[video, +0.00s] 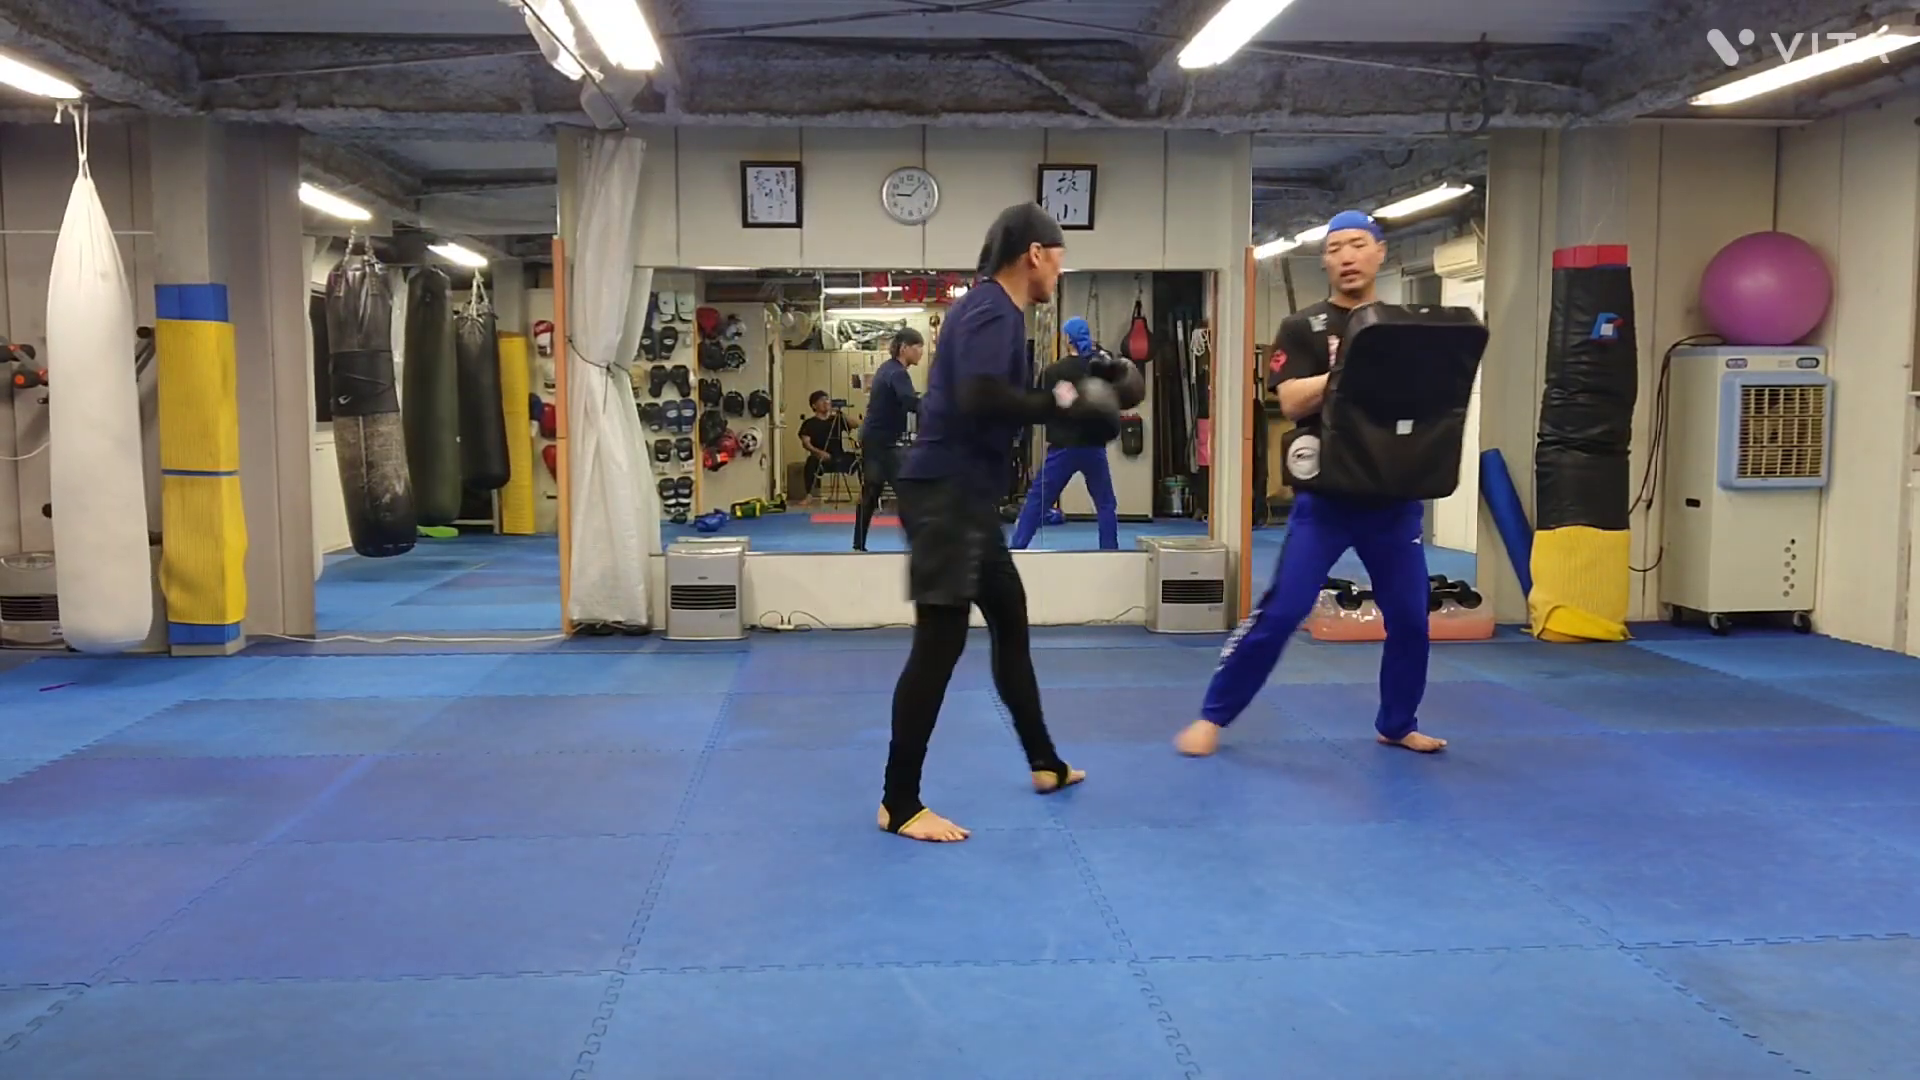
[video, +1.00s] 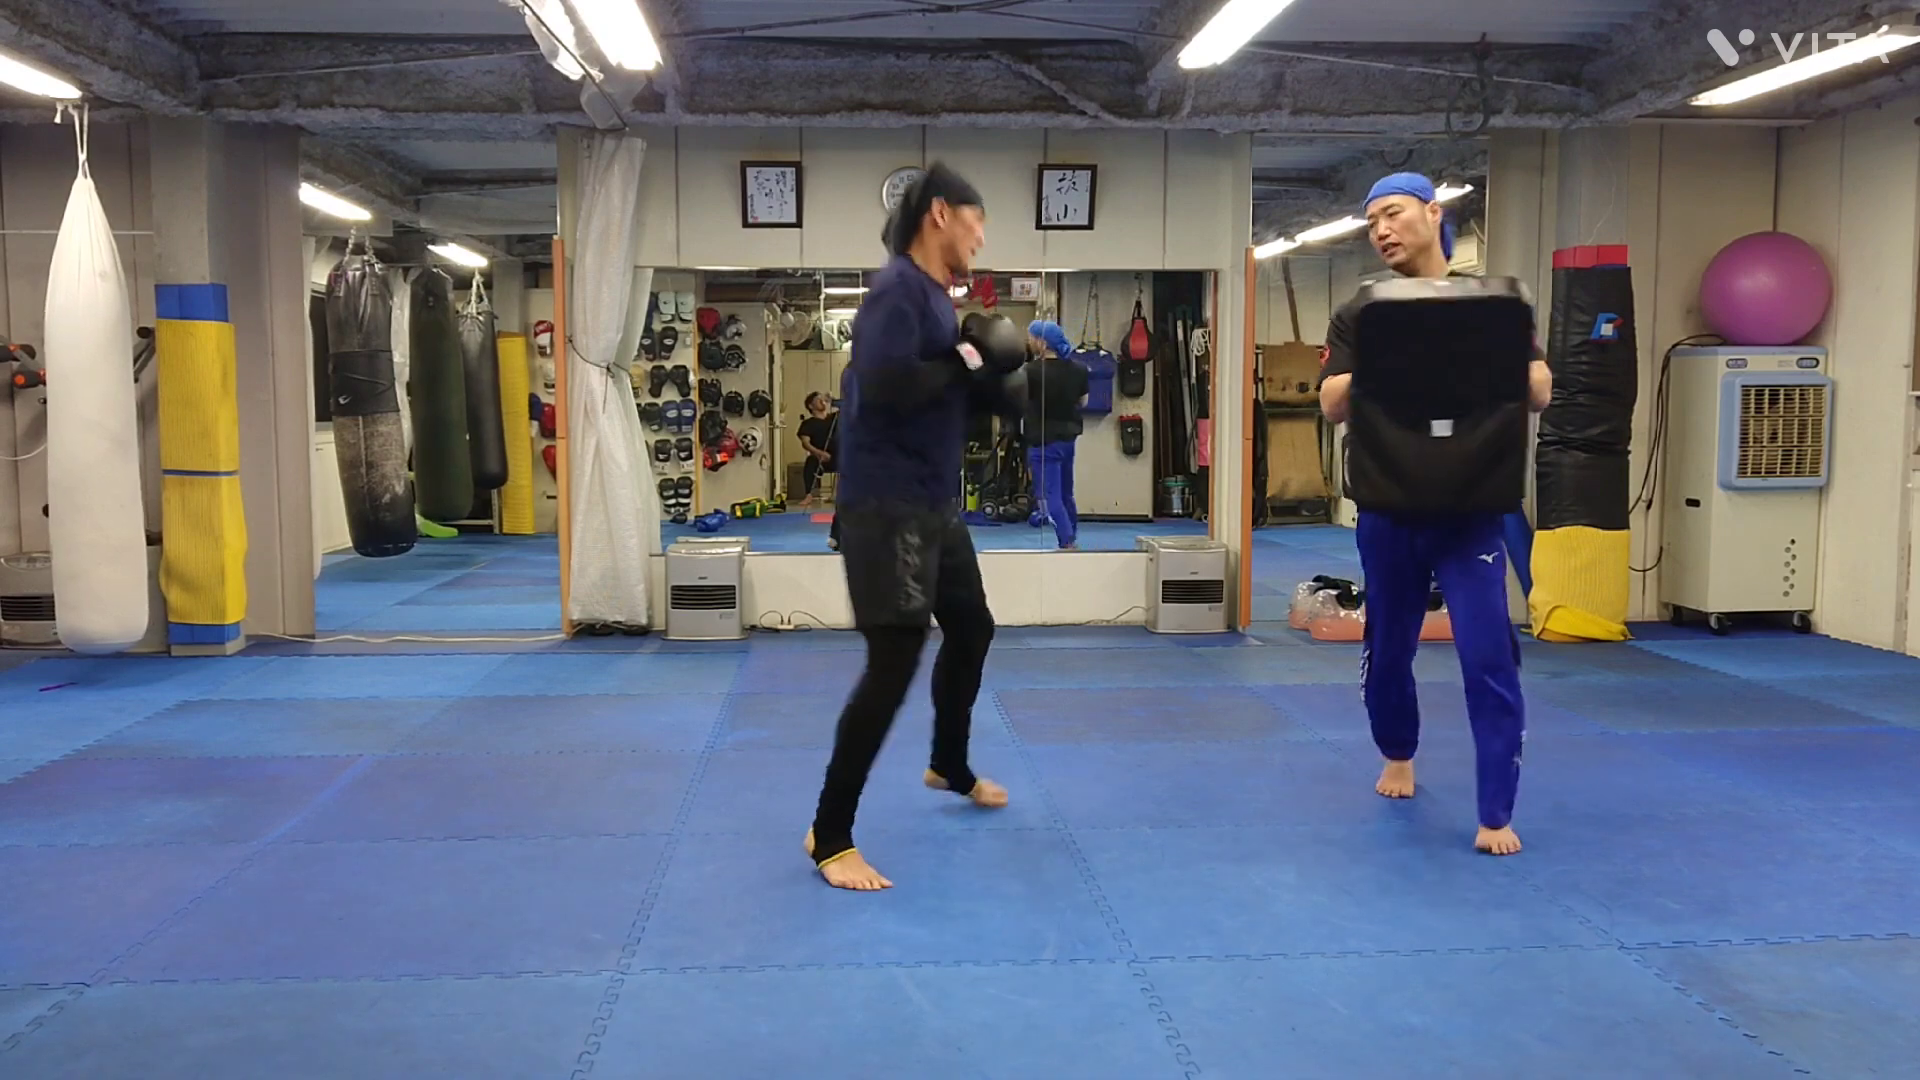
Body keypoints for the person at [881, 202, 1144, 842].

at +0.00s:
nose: (1062, 270)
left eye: (1062, 258)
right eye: (1059, 258)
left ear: (1022, 255)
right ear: (1033, 254)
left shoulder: (998, 311)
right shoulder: (990, 311)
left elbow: (1014, 396)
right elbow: (978, 396)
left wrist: (1082, 389)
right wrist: (1056, 404)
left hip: (965, 492)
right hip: (945, 492)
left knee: (1008, 612)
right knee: (940, 640)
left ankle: (1045, 763)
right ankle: (899, 806)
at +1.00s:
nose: (980, 241)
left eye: (983, 229)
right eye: (976, 226)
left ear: (944, 220)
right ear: (939, 215)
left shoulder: (938, 301)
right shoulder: (897, 290)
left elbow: (951, 397)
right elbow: (884, 388)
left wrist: (1013, 382)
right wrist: (965, 360)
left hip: (934, 505)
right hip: (886, 507)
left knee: (971, 629)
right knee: (895, 659)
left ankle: (949, 764)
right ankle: (829, 838)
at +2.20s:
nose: (825, 258)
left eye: (830, 245)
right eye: (817, 243)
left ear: (805, 243)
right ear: (774, 232)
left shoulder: (787, 309)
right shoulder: (729, 296)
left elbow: (800, 404)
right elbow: (728, 393)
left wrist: (868, 379)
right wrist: (811, 337)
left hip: (768, 514)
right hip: (707, 515)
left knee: (781, 658)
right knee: (689, 667)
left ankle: (763, 798)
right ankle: (608, 825)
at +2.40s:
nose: (844, 256)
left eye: (848, 242)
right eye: (835, 240)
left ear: (816, 241)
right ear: (792, 232)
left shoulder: (801, 304)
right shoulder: (759, 292)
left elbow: (815, 406)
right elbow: (767, 386)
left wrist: (894, 391)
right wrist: (845, 329)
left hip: (785, 508)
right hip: (735, 507)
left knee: (785, 656)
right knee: (747, 658)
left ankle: (763, 797)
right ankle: (636, 806)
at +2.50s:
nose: (855, 247)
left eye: (859, 234)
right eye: (844, 233)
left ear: (836, 236)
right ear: (802, 230)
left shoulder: (826, 302)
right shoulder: (769, 288)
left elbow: (850, 380)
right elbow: (743, 383)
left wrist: (901, 361)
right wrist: (836, 386)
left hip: (796, 501)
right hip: (757, 501)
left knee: (797, 645)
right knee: (790, 645)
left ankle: (763, 799)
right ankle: (736, 815)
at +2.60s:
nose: (854, 241)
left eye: (860, 231)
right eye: (841, 229)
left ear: (865, 235)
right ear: (804, 227)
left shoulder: (846, 296)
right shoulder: (774, 288)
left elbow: (912, 363)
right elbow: (735, 388)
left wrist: (880, 290)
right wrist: (811, 441)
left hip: (808, 499)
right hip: (768, 499)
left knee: (791, 647)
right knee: (821, 640)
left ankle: (762, 795)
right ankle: (815, 818)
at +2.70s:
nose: (863, 230)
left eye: (867, 218)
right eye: (849, 219)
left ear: (869, 225)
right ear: (813, 223)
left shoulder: (870, 288)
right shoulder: (775, 295)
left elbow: (936, 299)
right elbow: (708, 382)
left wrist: (843, 256)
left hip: (850, 504)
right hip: (804, 504)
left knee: (822, 654)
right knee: (861, 666)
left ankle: (768, 788)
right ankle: (914, 850)